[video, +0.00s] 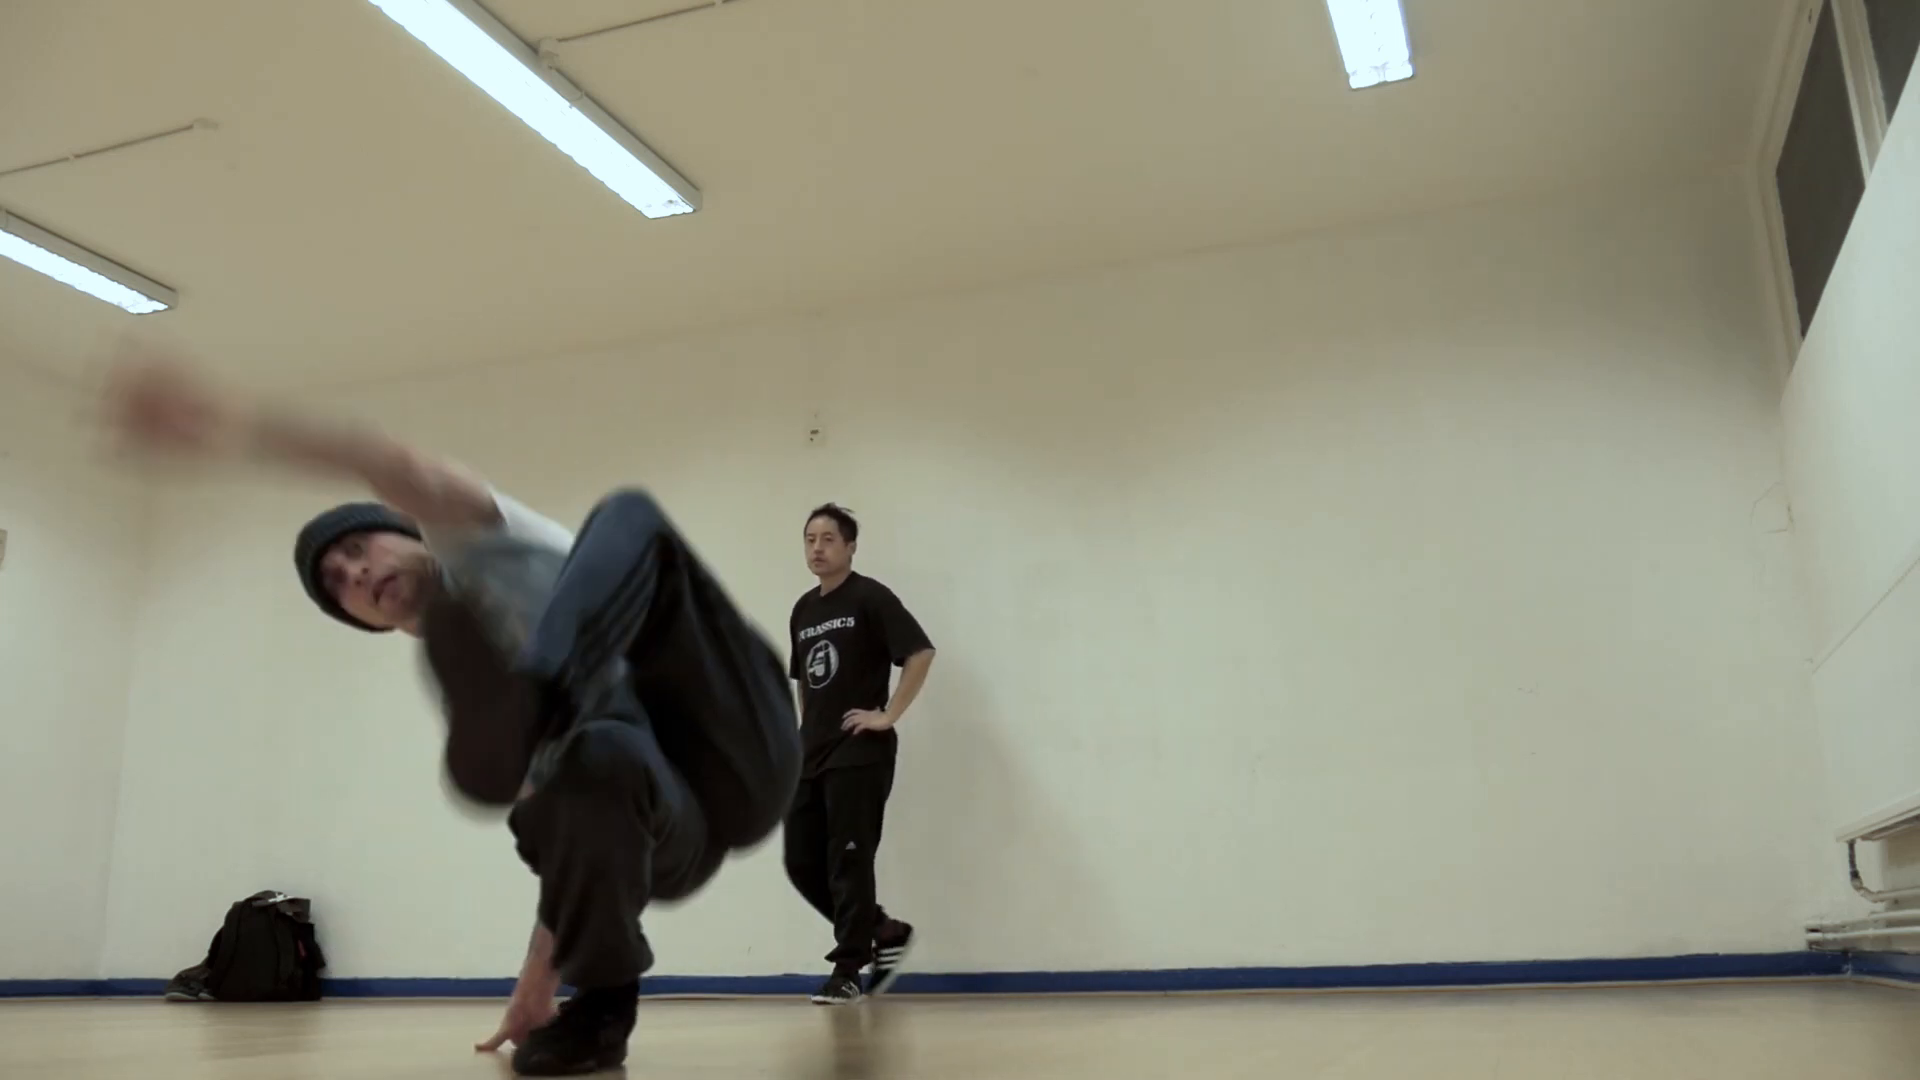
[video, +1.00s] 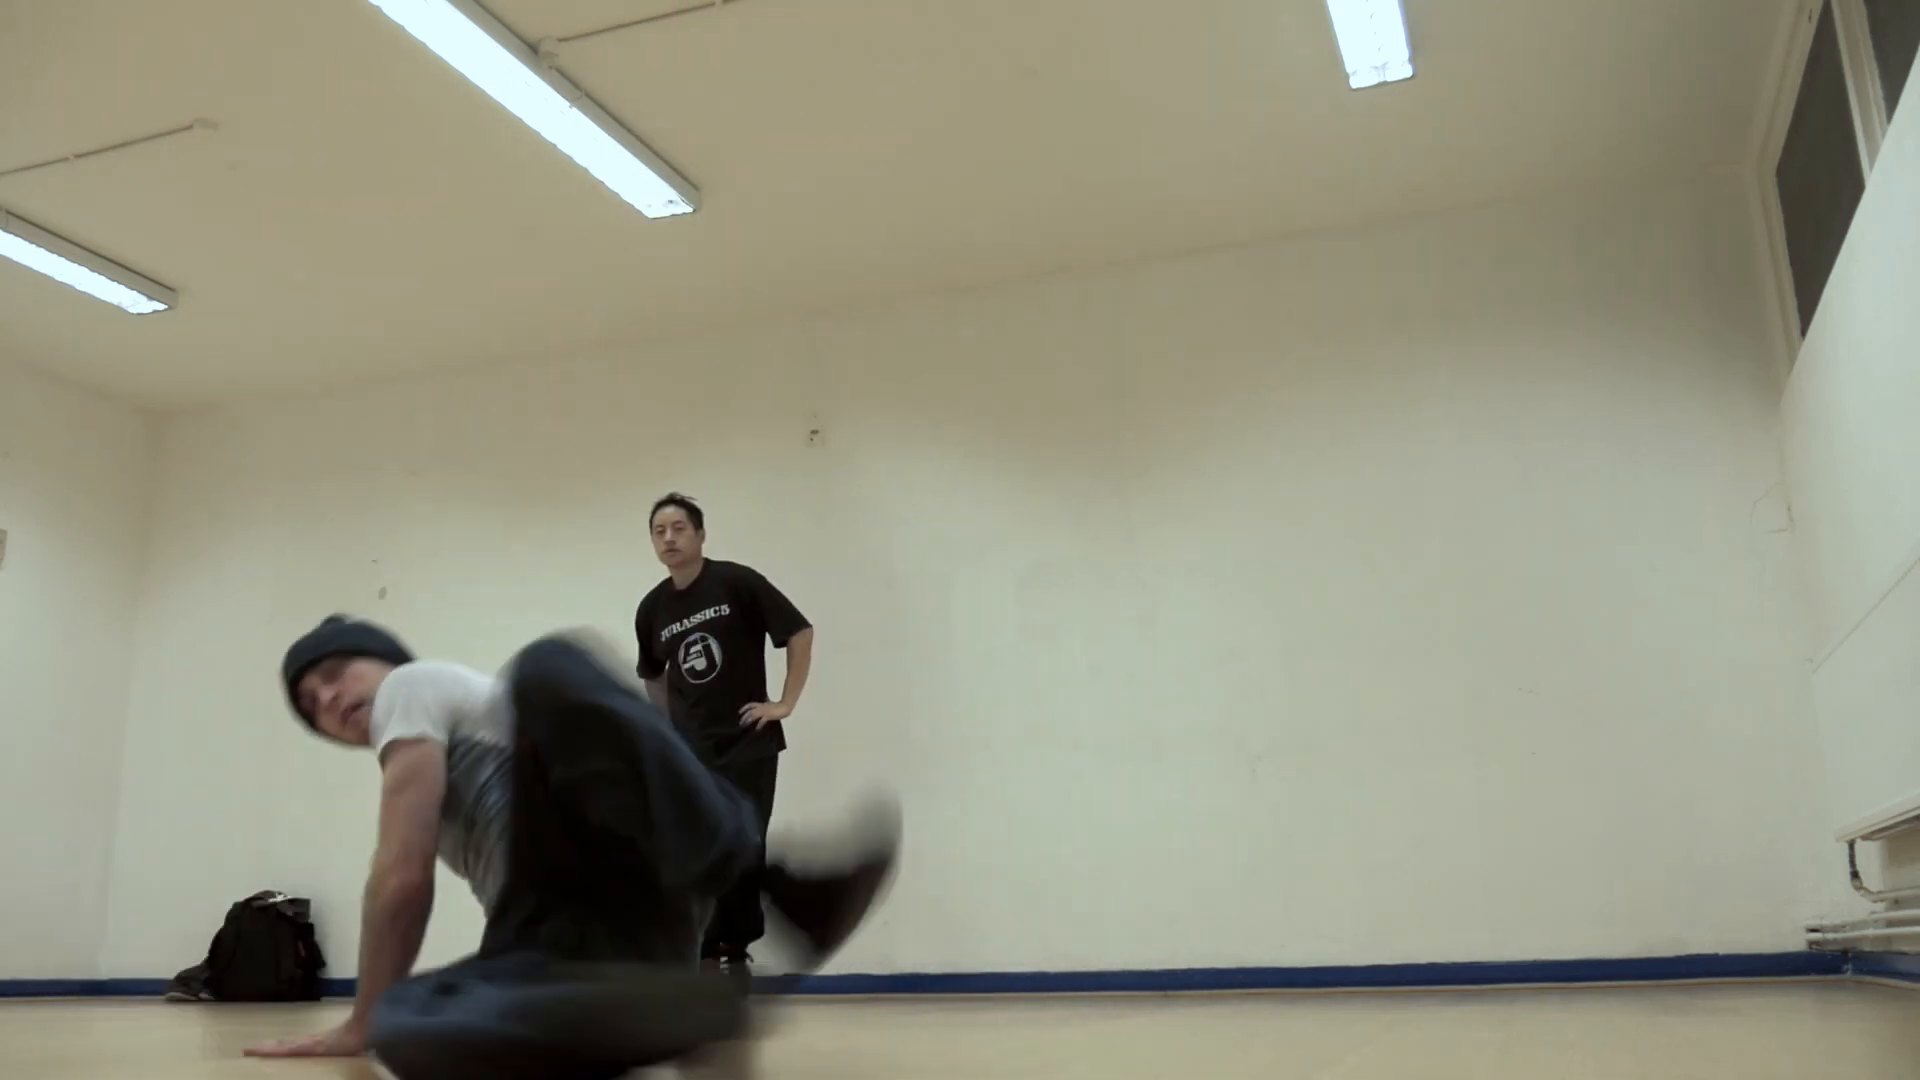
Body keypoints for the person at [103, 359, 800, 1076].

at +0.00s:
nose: (357, 575)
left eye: (357, 549)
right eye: (340, 587)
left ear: (408, 530)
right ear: (364, 619)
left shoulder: (496, 547)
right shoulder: (468, 683)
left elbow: (393, 463)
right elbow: (561, 820)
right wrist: (536, 995)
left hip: (744, 757)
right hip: (666, 838)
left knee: (635, 517)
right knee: (599, 759)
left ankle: (527, 709)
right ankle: (598, 1007)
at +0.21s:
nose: (374, 499)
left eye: (369, 476)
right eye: (358, 515)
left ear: (406, 452)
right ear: (380, 544)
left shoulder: (486, 401)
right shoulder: (467, 617)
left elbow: (555, 253)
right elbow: (475, 788)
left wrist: (612, 118)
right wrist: (478, 966)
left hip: (680, 511)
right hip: (617, 627)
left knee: (731, 334)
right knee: (498, 761)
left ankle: (756, 165)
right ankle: (635, 988)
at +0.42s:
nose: (400, 418)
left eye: (398, 395)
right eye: (385, 434)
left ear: (441, 372)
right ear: (405, 461)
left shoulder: (533, 336)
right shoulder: (467, 530)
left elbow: (649, 211)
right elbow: (431, 698)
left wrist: (724, 64)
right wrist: (322, 820)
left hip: (629, 443)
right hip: (527, 546)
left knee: (712, 261)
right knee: (471, 743)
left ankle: (818, 42)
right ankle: (643, 982)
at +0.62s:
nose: (391, 455)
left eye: (394, 432)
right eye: (376, 464)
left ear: (440, 413)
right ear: (399, 493)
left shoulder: (523, 382)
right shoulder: (471, 563)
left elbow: (536, 229)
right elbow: (495, 762)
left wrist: (430, 97)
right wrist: (475, 926)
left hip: (633, 537)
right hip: (556, 619)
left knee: (701, 419)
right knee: (372, 572)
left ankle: (680, 787)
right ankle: (348, 897)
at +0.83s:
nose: (387, 654)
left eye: (387, 632)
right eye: (374, 646)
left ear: (428, 597)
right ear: (390, 641)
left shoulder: (522, 601)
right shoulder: (443, 733)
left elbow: (362, 629)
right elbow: (510, 864)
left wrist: (200, 716)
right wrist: (503, 1039)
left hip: (620, 871)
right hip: (525, 926)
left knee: (727, 728)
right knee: (393, 926)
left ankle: (615, 1009)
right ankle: (194, 972)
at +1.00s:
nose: (328, 700)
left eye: (333, 675)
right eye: (311, 705)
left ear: (376, 660)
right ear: (327, 732)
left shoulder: (417, 685)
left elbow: (403, 878)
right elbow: (516, 907)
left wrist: (361, 1025)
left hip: (625, 888)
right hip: (556, 960)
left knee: (548, 665)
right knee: (403, 1020)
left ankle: (780, 895)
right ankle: (689, 1013)